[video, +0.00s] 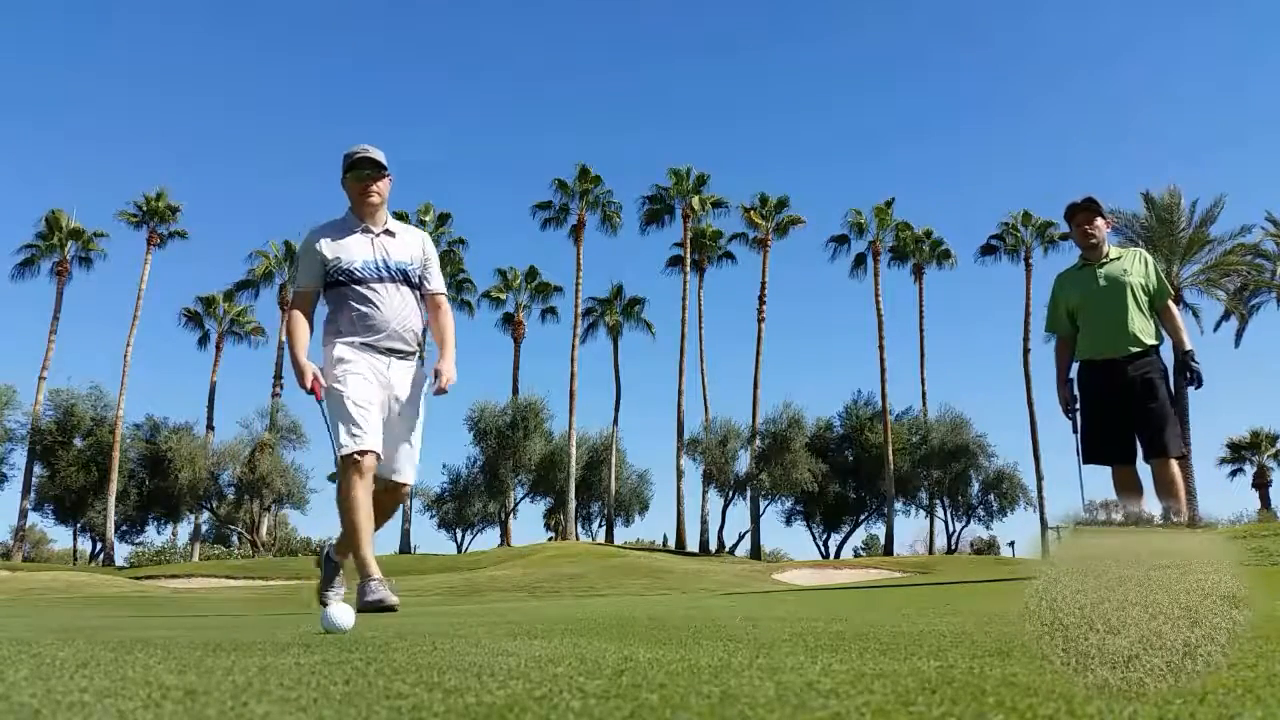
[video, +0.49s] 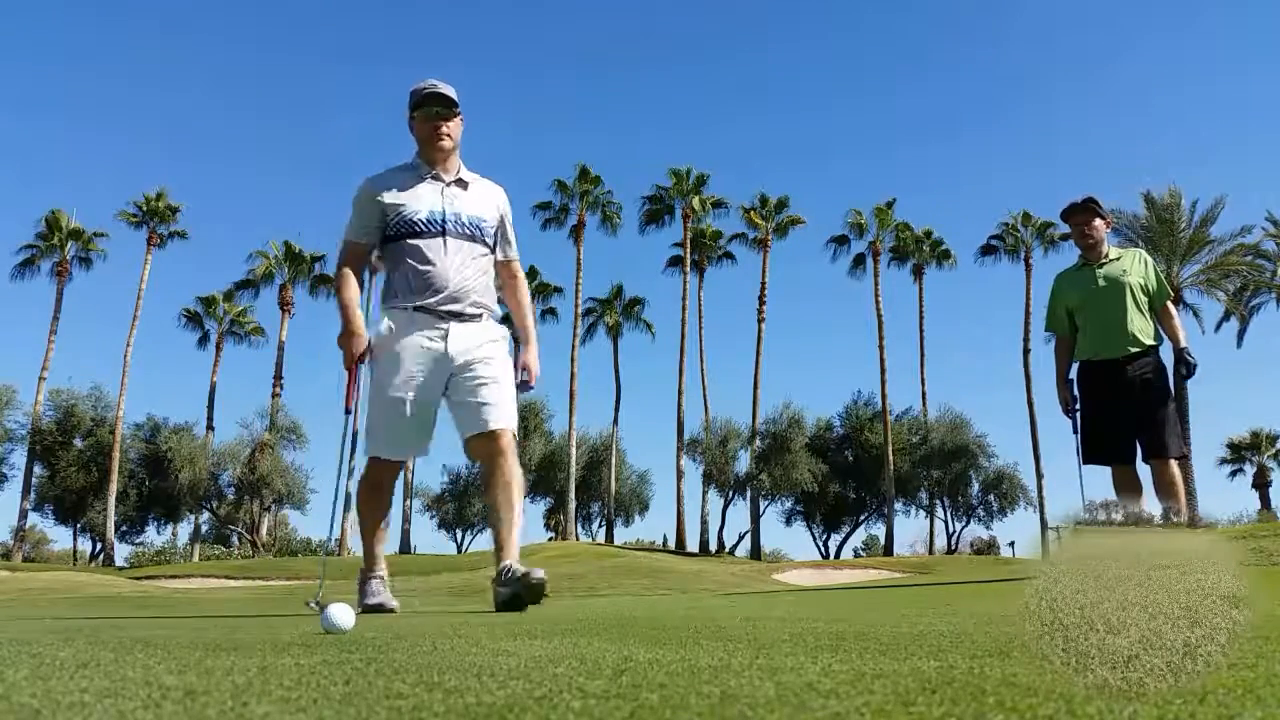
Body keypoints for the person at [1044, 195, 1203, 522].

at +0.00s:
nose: (1086, 228)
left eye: (1091, 221)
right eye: (1078, 225)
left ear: (1106, 224)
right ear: (1071, 235)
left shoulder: (1139, 260)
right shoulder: (1066, 281)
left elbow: (1166, 308)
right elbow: (1065, 337)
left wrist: (1184, 351)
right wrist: (1062, 382)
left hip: (1144, 369)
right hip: (1098, 376)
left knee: (1162, 452)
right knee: (1119, 459)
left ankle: (1178, 527)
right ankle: (1136, 531)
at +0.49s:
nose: (1084, 230)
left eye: (1090, 223)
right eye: (1076, 226)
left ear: (1106, 224)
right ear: (1070, 234)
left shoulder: (1138, 260)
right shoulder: (1065, 281)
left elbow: (1164, 307)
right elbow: (1064, 337)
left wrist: (1181, 347)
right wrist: (1062, 382)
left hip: (1145, 371)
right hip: (1098, 378)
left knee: (1162, 455)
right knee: (1120, 461)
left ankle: (1179, 530)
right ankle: (1136, 535)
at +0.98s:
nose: (1085, 226)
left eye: (1091, 219)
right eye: (1077, 223)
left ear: (1106, 224)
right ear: (1070, 232)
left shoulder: (1136, 259)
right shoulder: (1063, 281)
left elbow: (1163, 306)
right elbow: (1062, 337)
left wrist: (1182, 349)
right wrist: (1061, 383)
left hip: (1143, 369)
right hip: (1096, 377)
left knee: (1161, 455)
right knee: (1118, 461)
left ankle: (1178, 529)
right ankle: (1135, 533)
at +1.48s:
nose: (1083, 225)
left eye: (1088, 218)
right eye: (1075, 221)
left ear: (1103, 223)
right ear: (1066, 232)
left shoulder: (1134, 257)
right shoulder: (1061, 280)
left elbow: (1160, 303)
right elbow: (1058, 335)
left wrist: (1181, 347)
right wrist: (1057, 381)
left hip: (1142, 369)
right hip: (1095, 376)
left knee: (1161, 453)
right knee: (1117, 459)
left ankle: (1178, 528)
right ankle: (1135, 531)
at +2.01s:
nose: (1100, 231)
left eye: (1103, 225)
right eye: (1091, 226)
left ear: (1108, 228)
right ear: (1072, 232)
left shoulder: (1133, 259)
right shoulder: (1061, 283)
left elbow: (1166, 302)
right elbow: (1059, 338)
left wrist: (1164, 307)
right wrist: (1053, 382)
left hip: (1141, 368)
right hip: (1095, 375)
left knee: (1162, 453)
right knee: (1117, 460)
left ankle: (1179, 530)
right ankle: (1135, 535)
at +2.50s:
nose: (1103, 234)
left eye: (1106, 227)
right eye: (1094, 228)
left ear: (1112, 230)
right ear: (1075, 234)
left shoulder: (1136, 263)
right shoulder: (1065, 285)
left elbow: (1170, 313)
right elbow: (1063, 341)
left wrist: (1156, 296)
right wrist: (1062, 389)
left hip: (1144, 370)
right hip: (1098, 377)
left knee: (1164, 456)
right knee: (1121, 463)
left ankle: (1180, 531)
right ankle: (1137, 536)